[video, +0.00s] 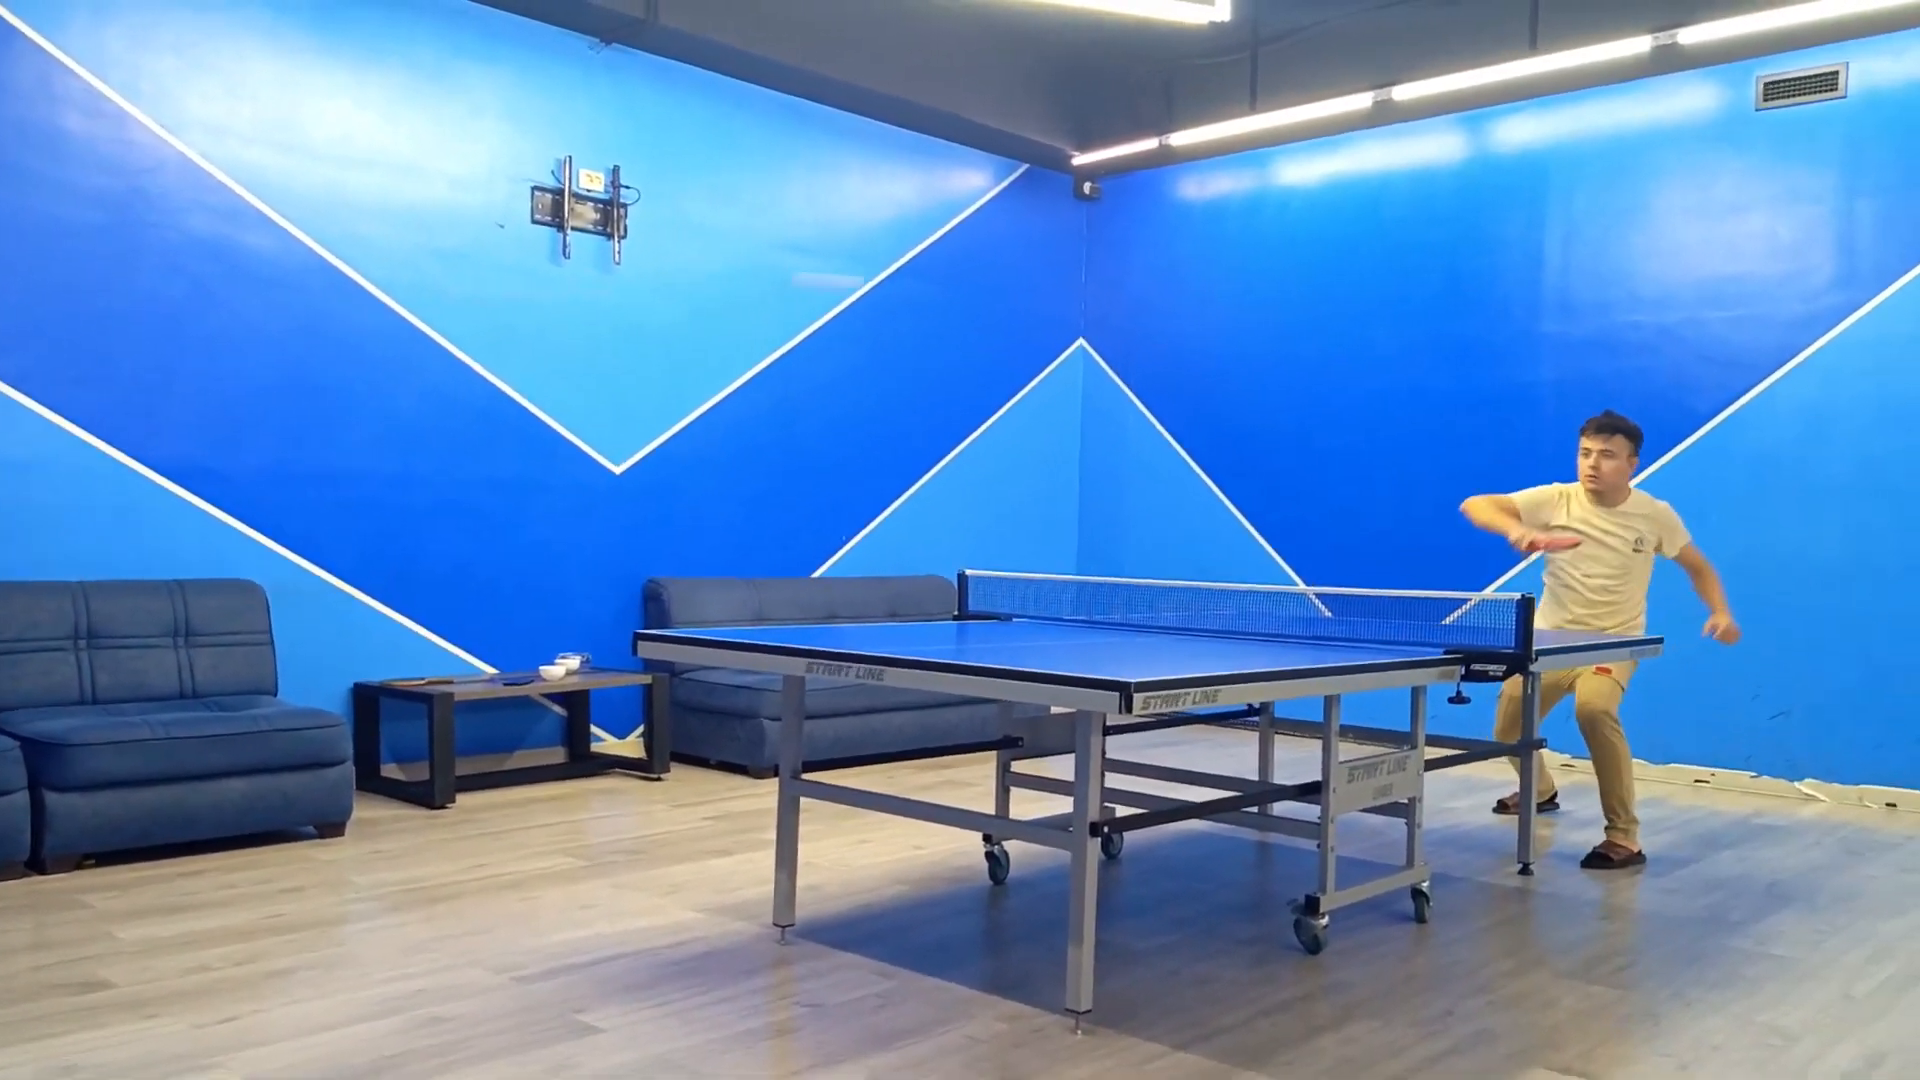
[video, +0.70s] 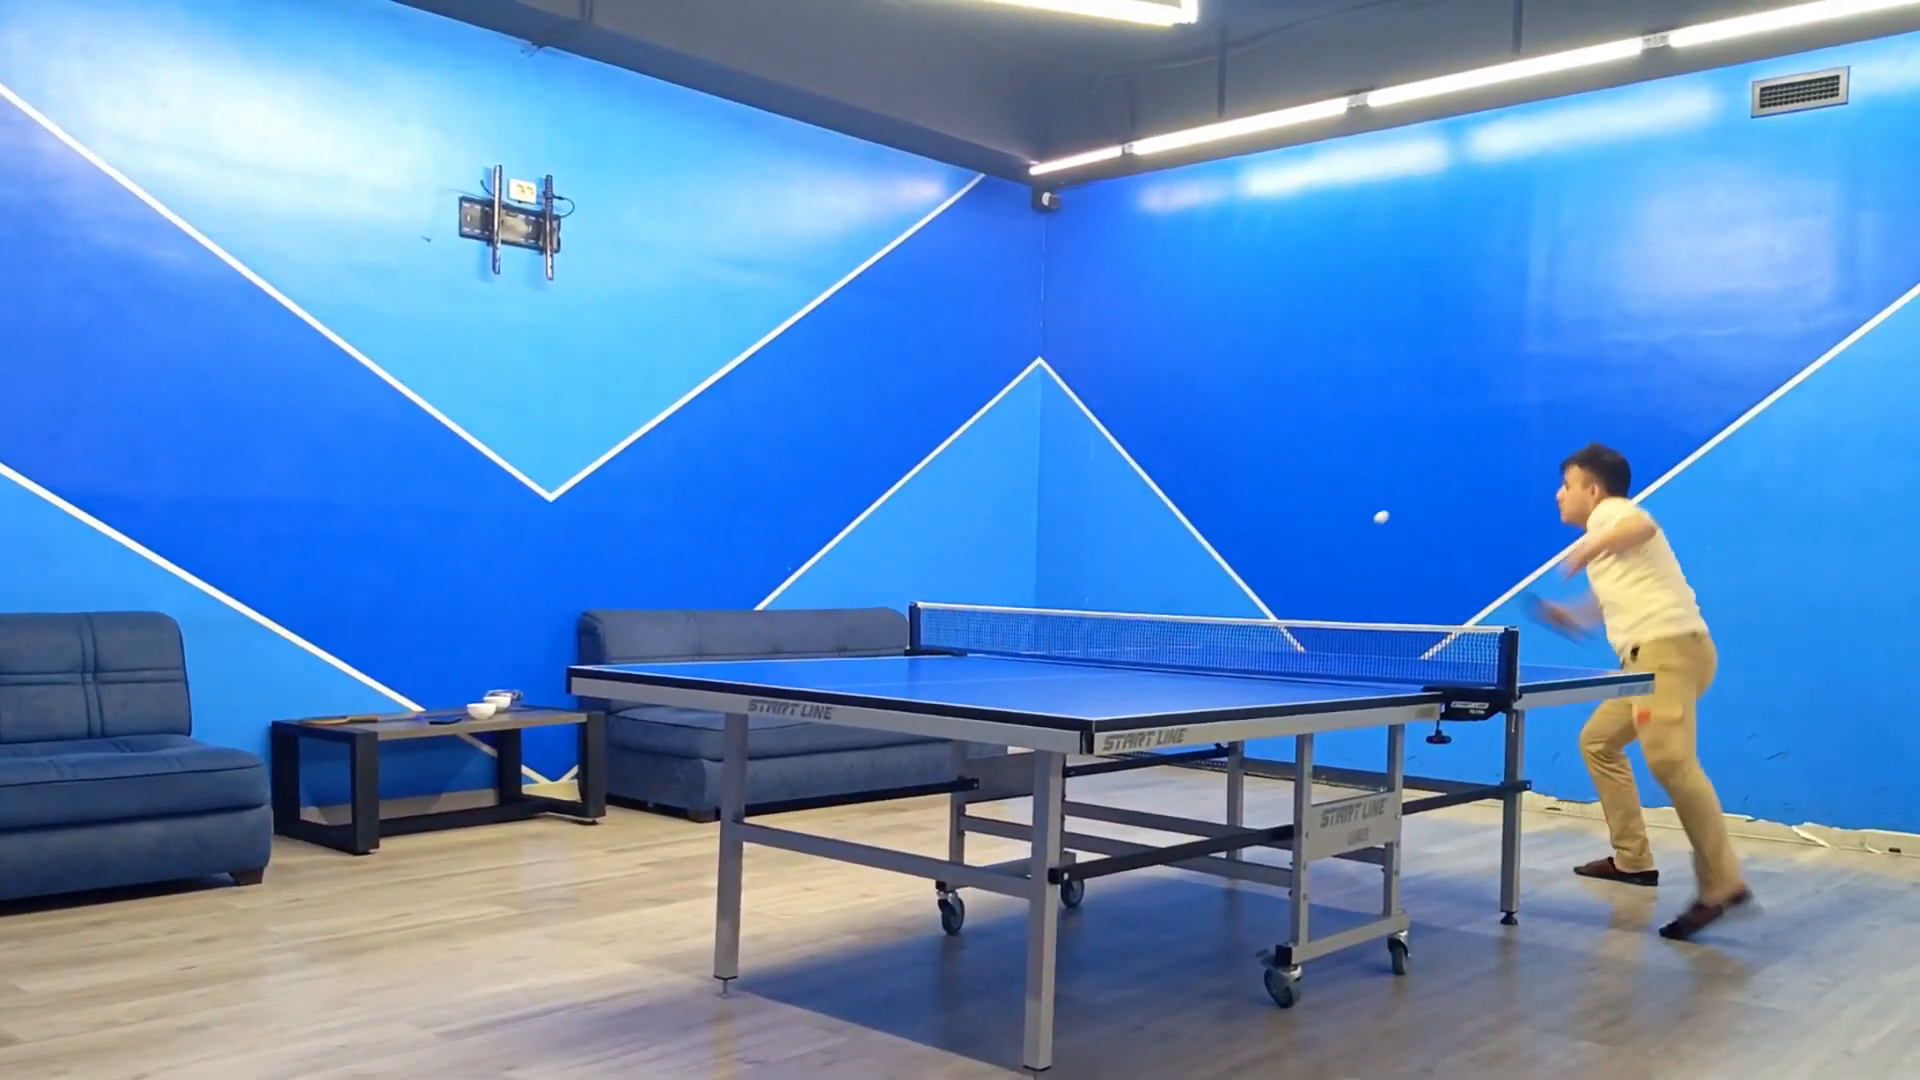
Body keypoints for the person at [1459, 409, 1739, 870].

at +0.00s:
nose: (1592, 463)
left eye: (1606, 455)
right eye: (1585, 453)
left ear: (1632, 466)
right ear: (1578, 456)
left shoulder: (1655, 517)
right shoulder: (1556, 500)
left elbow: (1696, 566)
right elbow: (1474, 506)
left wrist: (1721, 610)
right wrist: (1514, 528)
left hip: (1613, 644)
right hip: (1552, 640)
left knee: (1593, 710)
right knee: (1512, 702)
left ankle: (1622, 837)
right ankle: (1538, 787)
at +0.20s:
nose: (1563, 446)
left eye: (1576, 436)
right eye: (1558, 436)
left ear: (1610, 440)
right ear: (1555, 440)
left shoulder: (1648, 494)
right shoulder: (1565, 495)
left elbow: (1710, 562)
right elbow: (1530, 550)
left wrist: (1663, 598)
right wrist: (1496, 581)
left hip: (1633, 650)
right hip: (1578, 647)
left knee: (1585, 747)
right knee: (1552, 739)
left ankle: (1617, 884)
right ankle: (1559, 843)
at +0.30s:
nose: (1561, 439)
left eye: (1572, 428)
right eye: (1555, 430)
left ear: (1606, 429)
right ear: (1553, 435)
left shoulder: (1633, 476)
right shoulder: (1586, 493)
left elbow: (1666, 547)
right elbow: (1594, 574)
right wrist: (1532, 605)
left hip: (1649, 631)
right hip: (1606, 634)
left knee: (1616, 743)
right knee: (1579, 736)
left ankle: (1660, 886)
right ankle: (1607, 845)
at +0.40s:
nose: (1560, 470)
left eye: (1569, 458)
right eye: (1556, 460)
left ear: (1603, 454)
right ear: (1610, 461)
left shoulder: (1615, 487)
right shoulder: (1632, 497)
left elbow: (1578, 536)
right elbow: (1650, 585)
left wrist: (1522, 543)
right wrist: (1613, 645)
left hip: (1659, 647)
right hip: (1637, 647)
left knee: (1641, 767)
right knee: (1594, 743)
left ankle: (1728, 897)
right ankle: (1623, 856)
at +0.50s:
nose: (1562, 508)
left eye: (1571, 497)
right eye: (1562, 498)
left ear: (1605, 496)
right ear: (1617, 502)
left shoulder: (1605, 524)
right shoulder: (1663, 543)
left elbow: (1550, 538)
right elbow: (1709, 620)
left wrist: (1497, 560)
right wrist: (1708, 682)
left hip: (1669, 671)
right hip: (1693, 670)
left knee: (1642, 797)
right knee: (1601, 745)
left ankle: (1738, 910)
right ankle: (1630, 860)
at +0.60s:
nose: (1563, 517)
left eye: (1570, 507)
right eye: (1563, 507)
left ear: (1601, 508)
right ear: (1610, 512)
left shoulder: (1610, 531)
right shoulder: (1642, 546)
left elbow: (1593, 554)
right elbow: (1681, 600)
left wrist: (1525, 583)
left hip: (1676, 672)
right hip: (1678, 672)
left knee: (1652, 795)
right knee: (1603, 744)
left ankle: (1738, 912)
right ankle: (1634, 860)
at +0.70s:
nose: (1558, 494)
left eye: (1565, 484)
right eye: (1560, 484)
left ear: (1591, 487)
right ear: (1593, 489)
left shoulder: (1613, 511)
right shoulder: (1606, 539)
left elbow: (1643, 527)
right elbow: (1612, 607)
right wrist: (1572, 618)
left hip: (1671, 645)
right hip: (1647, 654)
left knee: (1671, 761)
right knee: (1597, 741)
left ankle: (1724, 887)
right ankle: (1632, 858)